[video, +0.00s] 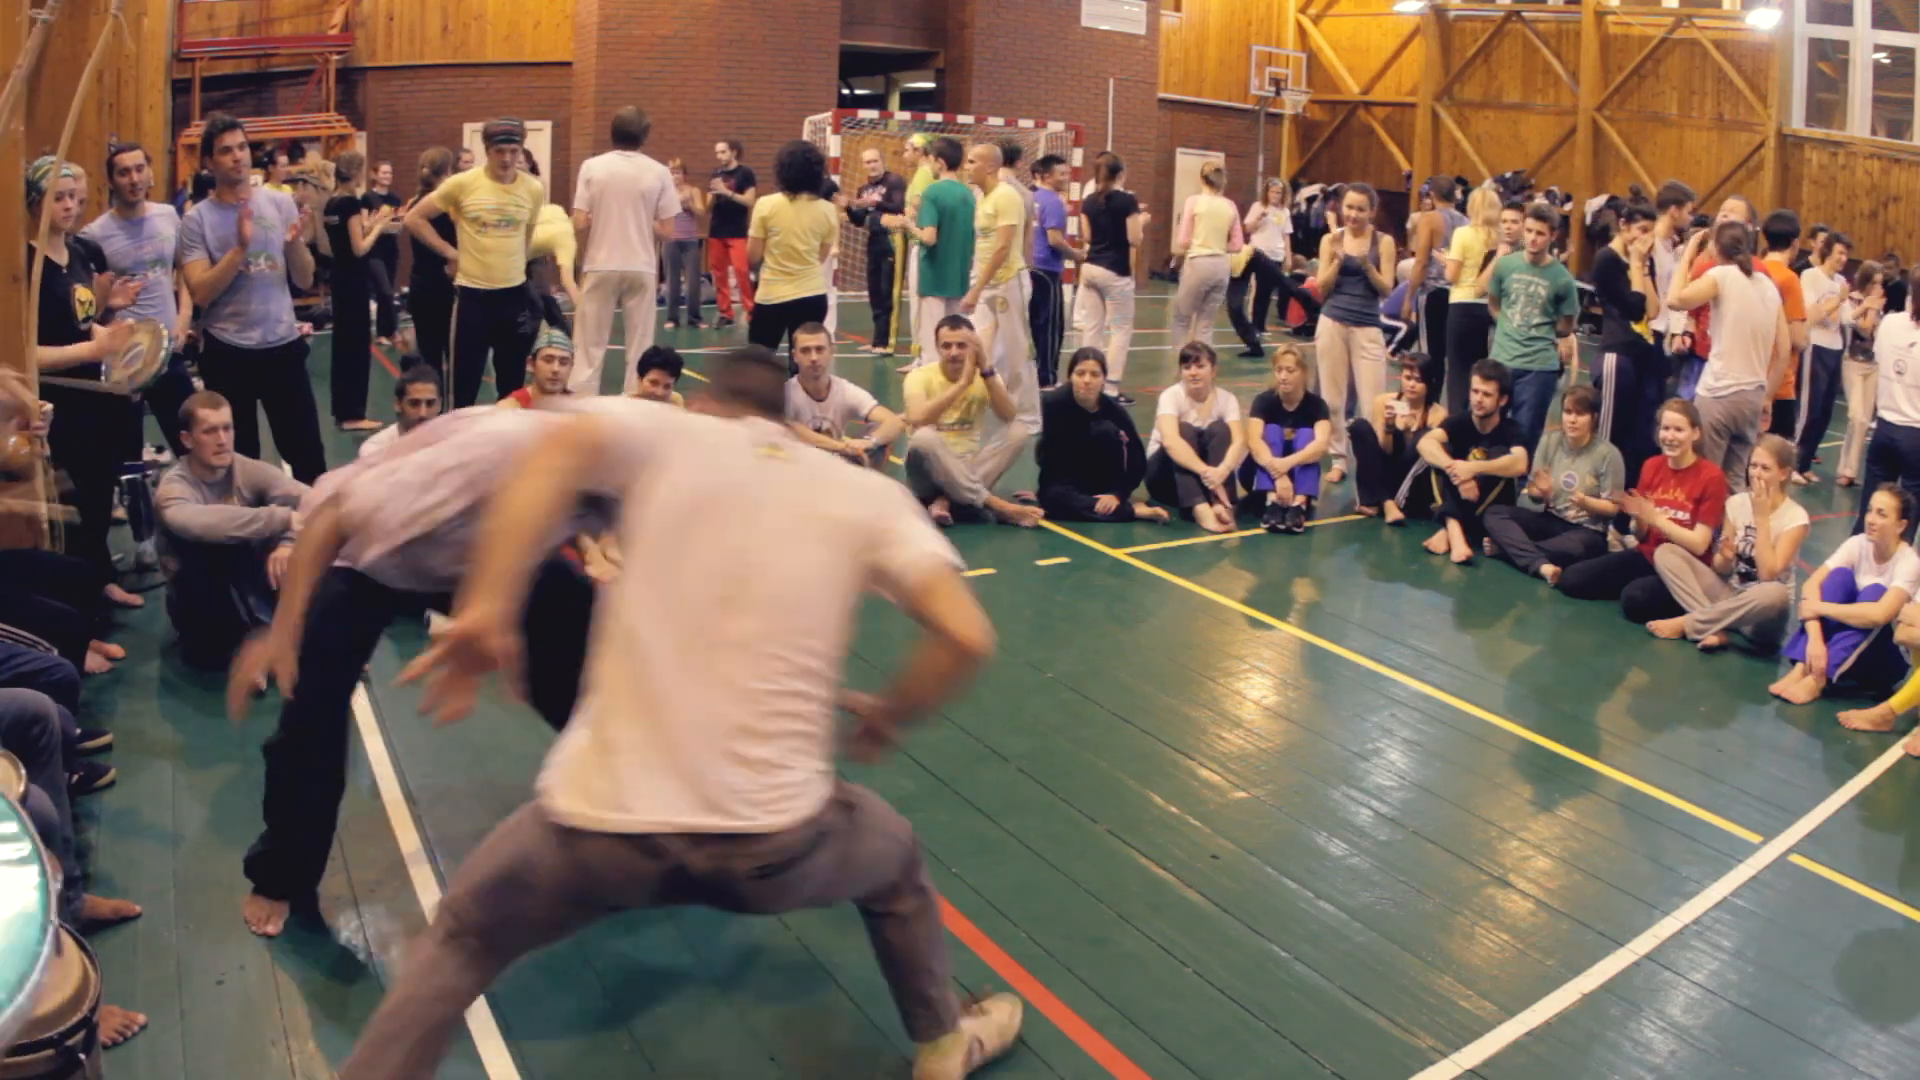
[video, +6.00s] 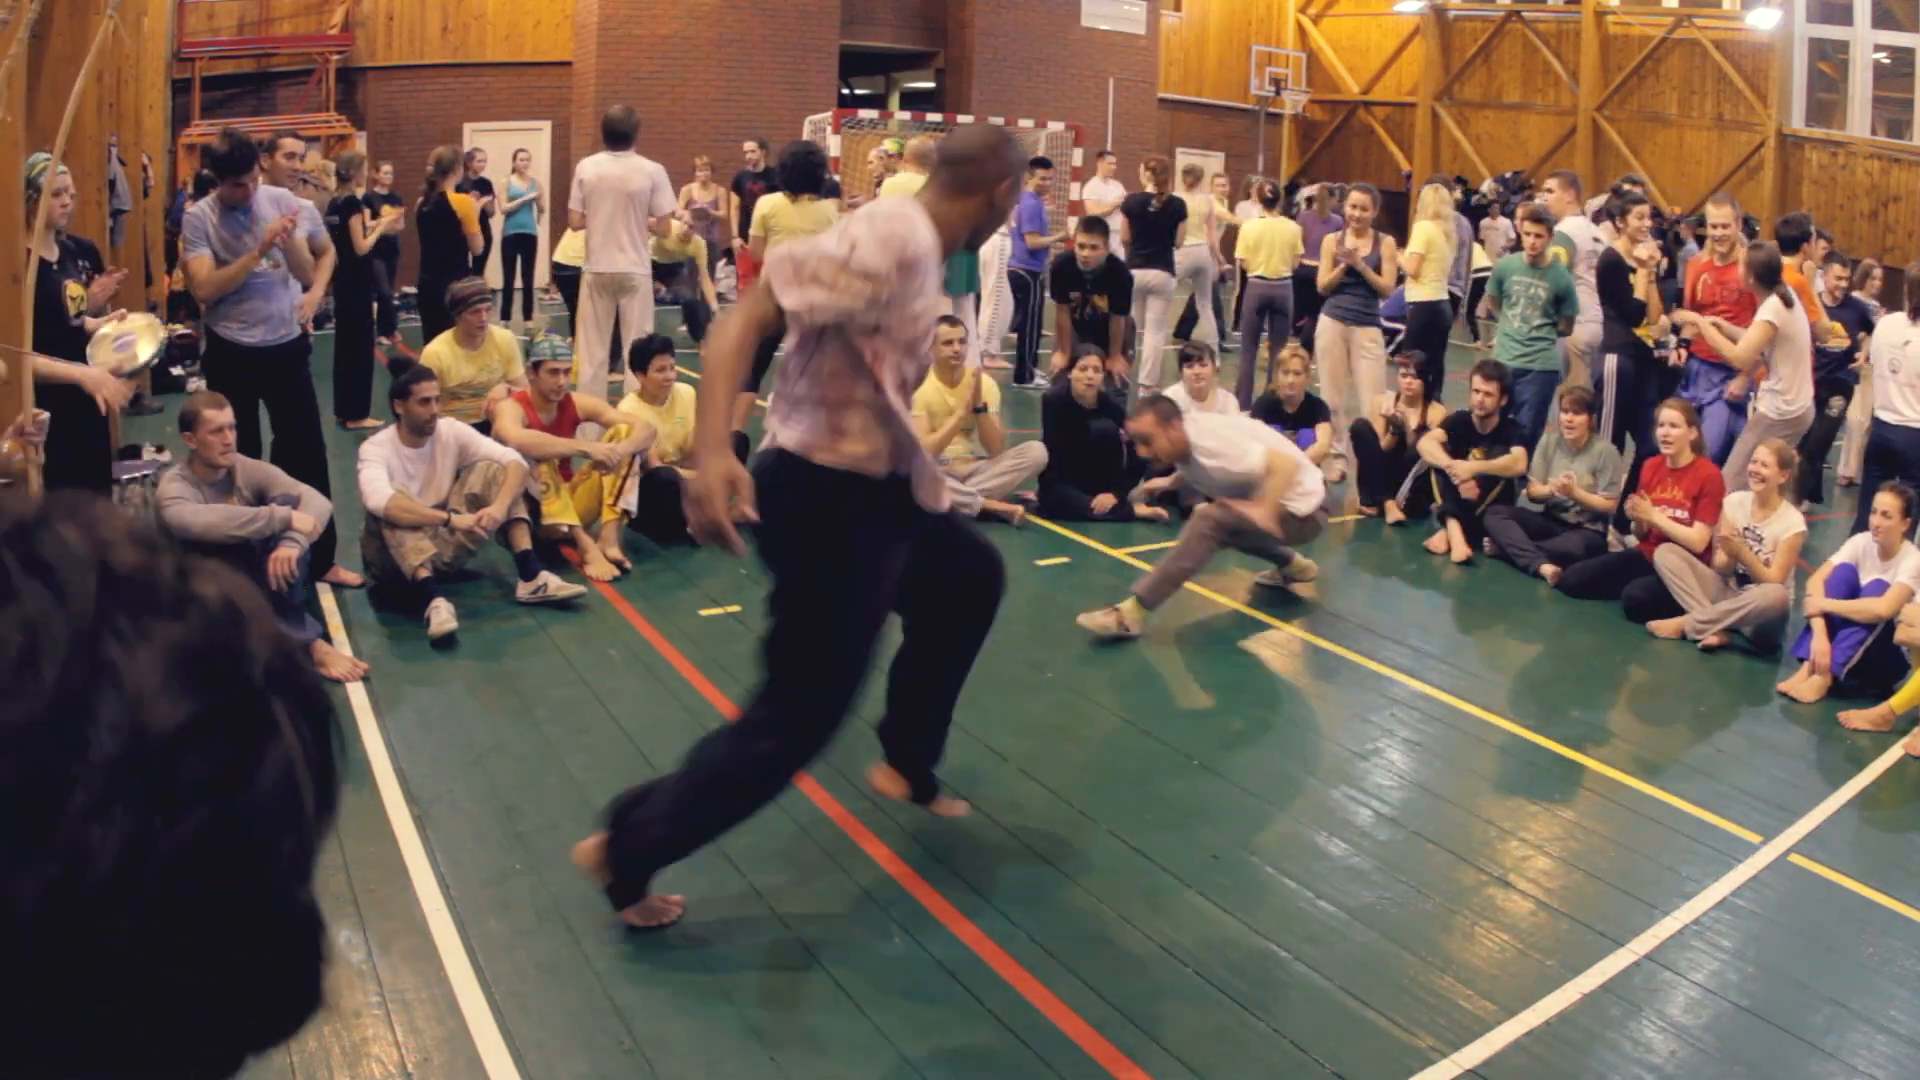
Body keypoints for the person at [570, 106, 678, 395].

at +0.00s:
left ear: (612, 134)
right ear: (644, 136)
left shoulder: (592, 167)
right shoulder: (658, 172)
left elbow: (580, 221)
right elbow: (667, 230)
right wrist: (641, 220)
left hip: (600, 264)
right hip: (641, 265)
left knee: (589, 345)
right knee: (640, 346)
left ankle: (580, 409)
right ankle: (634, 413)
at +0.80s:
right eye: (592, 134)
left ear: (559, 137)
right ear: (591, 137)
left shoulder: (543, 173)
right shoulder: (609, 170)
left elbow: (536, 230)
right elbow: (625, 227)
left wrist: (562, 225)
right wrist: (597, 226)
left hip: (559, 269)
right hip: (598, 267)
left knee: (559, 347)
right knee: (613, 345)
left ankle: (560, 414)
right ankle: (622, 413)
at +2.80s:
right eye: (629, 130)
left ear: (595, 134)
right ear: (629, 134)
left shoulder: (578, 172)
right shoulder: (647, 171)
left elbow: (572, 229)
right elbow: (661, 228)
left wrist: (598, 226)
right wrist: (631, 227)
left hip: (596, 271)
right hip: (636, 270)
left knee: (585, 354)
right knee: (636, 353)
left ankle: (579, 434)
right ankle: (632, 429)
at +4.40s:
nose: (603, 134)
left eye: (601, 128)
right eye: (599, 129)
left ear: (567, 140)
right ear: (590, 135)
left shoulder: (553, 174)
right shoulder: (609, 164)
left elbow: (550, 231)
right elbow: (624, 217)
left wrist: (573, 236)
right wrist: (612, 240)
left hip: (568, 264)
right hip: (603, 261)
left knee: (570, 341)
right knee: (620, 339)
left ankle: (568, 402)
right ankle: (619, 405)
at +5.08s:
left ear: (611, 135)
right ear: (644, 136)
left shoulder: (594, 170)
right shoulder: (661, 172)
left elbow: (582, 224)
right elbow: (670, 229)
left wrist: (609, 217)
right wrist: (643, 221)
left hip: (602, 270)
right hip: (643, 270)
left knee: (592, 354)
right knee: (643, 355)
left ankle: (584, 437)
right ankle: (639, 435)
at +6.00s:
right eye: (635, 129)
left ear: (603, 133)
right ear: (636, 133)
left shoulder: (586, 167)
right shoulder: (653, 171)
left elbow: (576, 221)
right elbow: (664, 228)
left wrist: (602, 214)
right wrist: (641, 220)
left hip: (596, 267)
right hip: (635, 267)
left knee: (591, 350)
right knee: (639, 349)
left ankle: (591, 420)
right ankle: (637, 420)